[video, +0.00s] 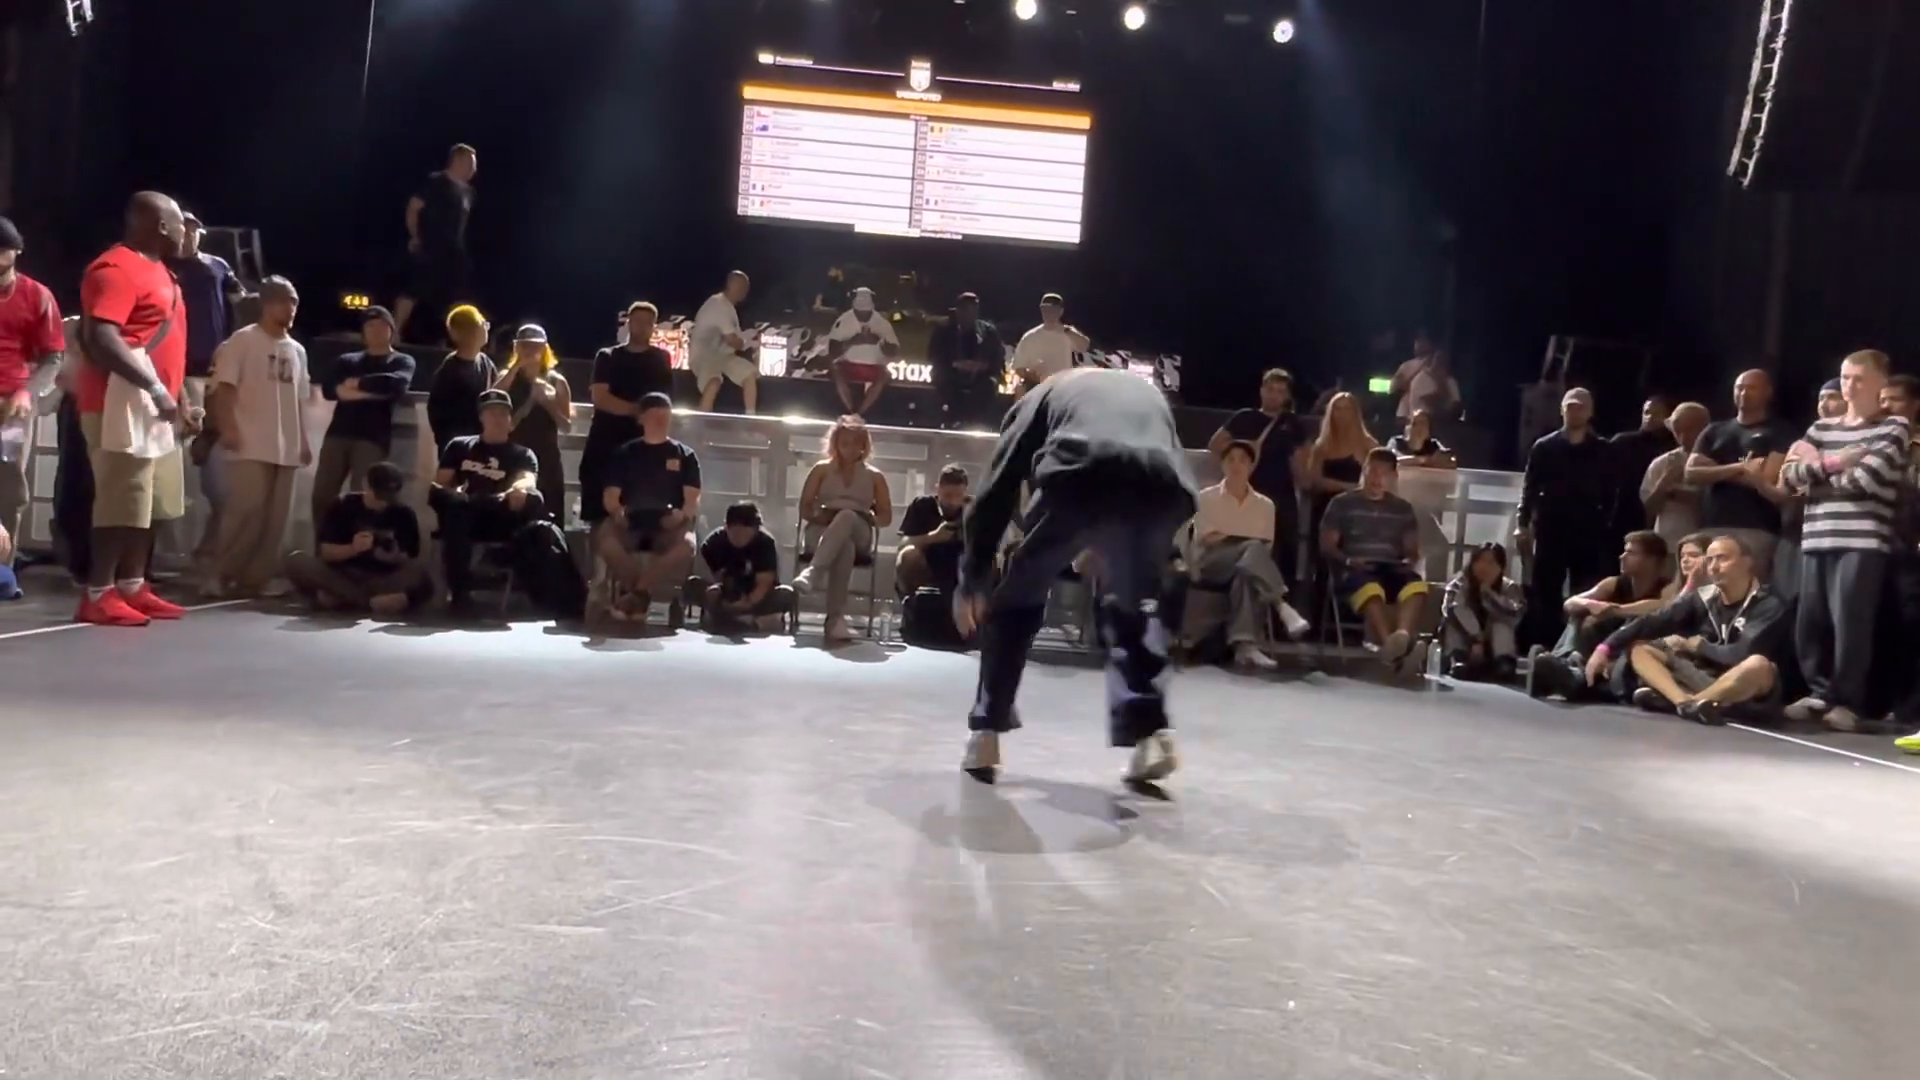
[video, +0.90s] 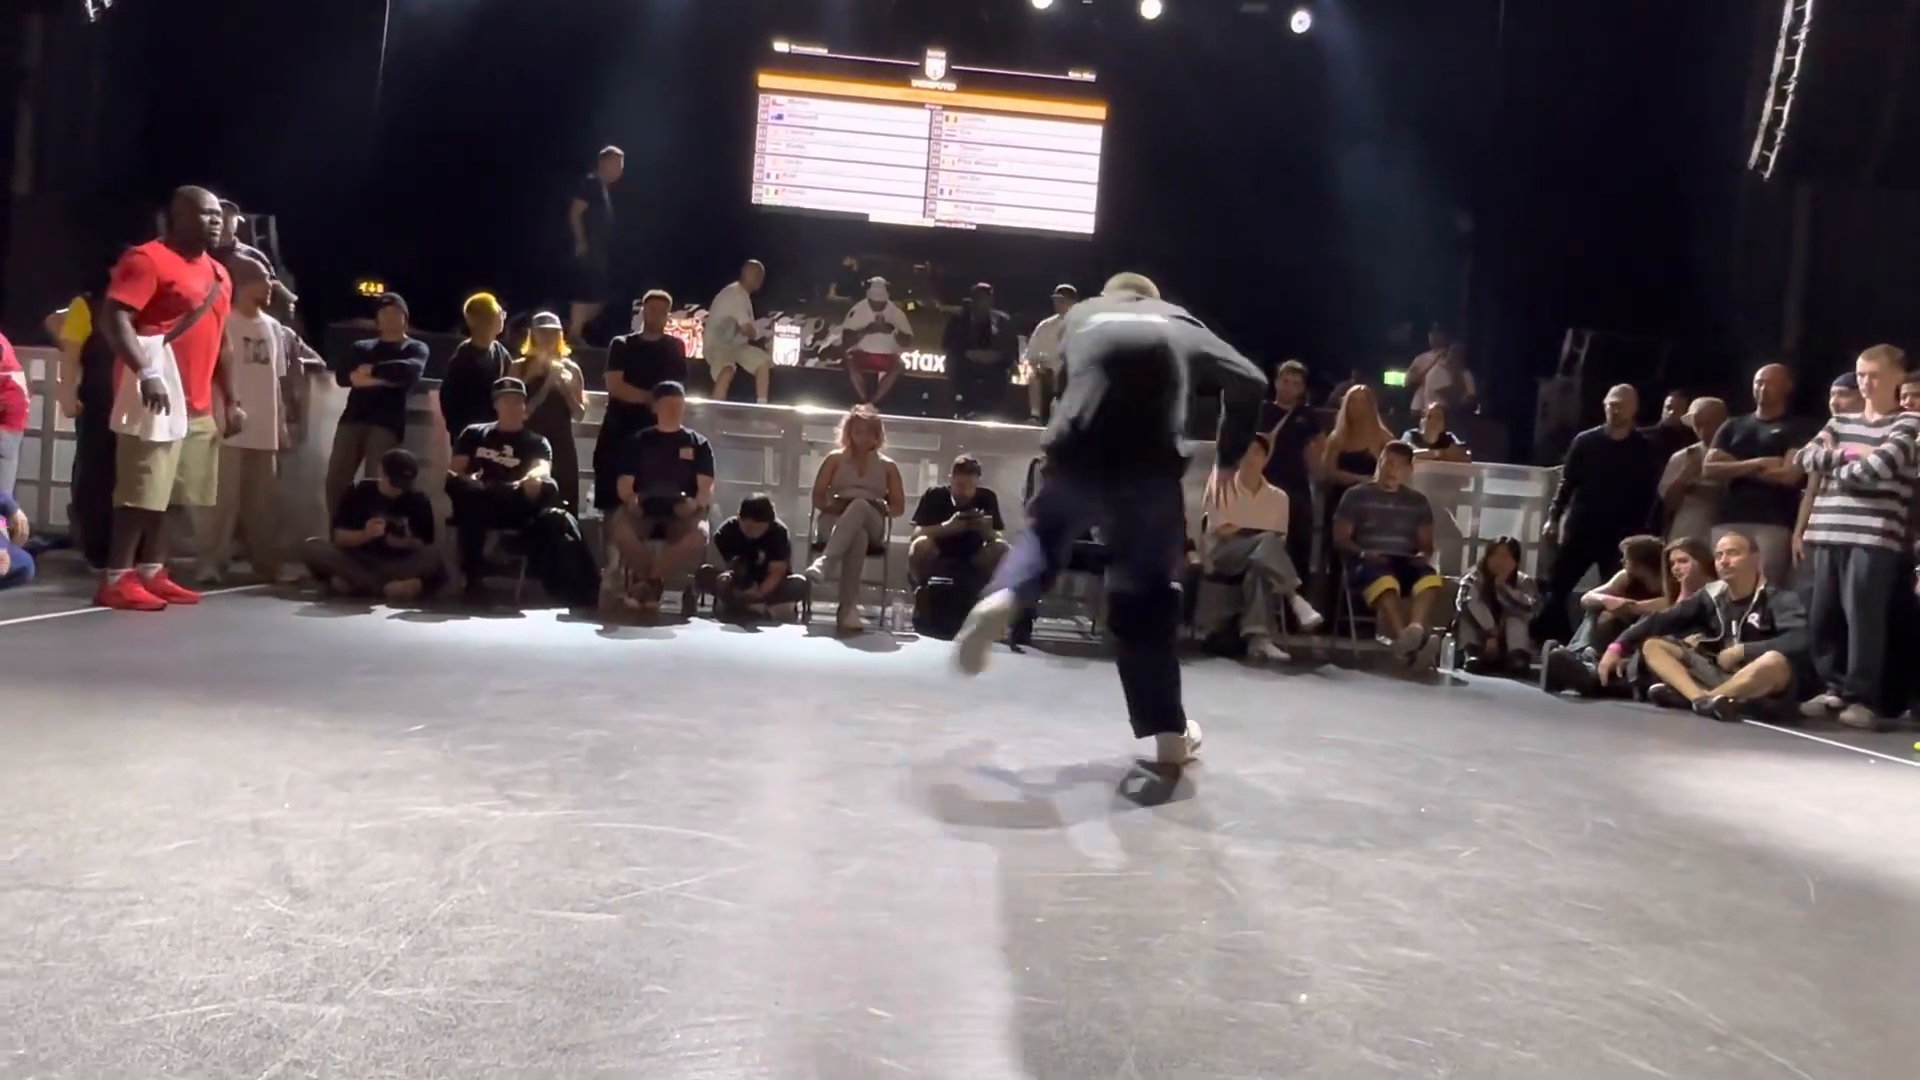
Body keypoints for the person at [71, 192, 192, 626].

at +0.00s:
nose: (182, 231)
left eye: (181, 224)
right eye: (176, 224)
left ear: (154, 226)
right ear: (155, 226)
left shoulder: (157, 271)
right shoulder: (115, 269)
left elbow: (160, 348)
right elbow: (100, 336)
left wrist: (180, 398)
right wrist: (153, 385)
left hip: (149, 402)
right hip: (116, 403)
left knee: (148, 496)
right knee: (119, 498)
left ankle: (132, 587)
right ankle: (98, 594)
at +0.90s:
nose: (216, 220)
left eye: (218, 214)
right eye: (206, 213)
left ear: (221, 223)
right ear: (177, 218)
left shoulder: (220, 275)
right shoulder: (147, 260)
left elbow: (218, 343)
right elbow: (112, 316)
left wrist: (229, 399)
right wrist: (145, 371)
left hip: (195, 408)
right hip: (150, 401)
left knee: (170, 496)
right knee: (139, 495)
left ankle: (152, 572)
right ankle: (116, 578)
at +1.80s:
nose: (179, 198)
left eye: (187, 192)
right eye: (173, 192)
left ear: (205, 201)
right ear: (161, 201)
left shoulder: (230, 256)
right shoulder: (141, 248)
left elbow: (241, 325)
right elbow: (113, 307)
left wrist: (254, 384)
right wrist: (135, 353)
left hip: (222, 396)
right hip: (166, 393)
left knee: (228, 474)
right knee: (157, 483)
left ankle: (181, 550)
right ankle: (151, 565)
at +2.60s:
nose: (213, 206)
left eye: (221, 198)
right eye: (213, 198)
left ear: (247, 204)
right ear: (213, 202)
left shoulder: (278, 259)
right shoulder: (196, 247)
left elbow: (295, 335)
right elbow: (177, 306)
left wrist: (283, 394)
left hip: (248, 397)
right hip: (189, 391)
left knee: (250, 487)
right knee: (173, 483)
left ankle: (243, 564)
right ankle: (161, 562)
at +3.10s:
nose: (209, 207)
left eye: (215, 199)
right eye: (209, 199)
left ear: (242, 202)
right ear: (236, 203)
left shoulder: (274, 258)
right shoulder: (211, 247)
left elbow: (288, 333)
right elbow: (190, 287)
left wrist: (277, 394)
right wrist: (128, 275)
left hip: (239, 393)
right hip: (189, 388)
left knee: (246, 483)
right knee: (177, 476)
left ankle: (242, 566)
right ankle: (180, 559)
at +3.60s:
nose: (175, 211)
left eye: (182, 202)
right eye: (171, 204)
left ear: (206, 200)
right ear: (169, 208)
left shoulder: (239, 252)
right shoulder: (167, 252)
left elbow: (263, 323)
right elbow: (131, 278)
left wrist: (253, 384)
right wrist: (94, 260)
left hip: (223, 390)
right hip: (170, 389)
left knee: (236, 481)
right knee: (171, 480)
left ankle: (239, 565)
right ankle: (178, 562)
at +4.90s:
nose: (190, 212)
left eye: (199, 204)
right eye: (188, 205)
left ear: (226, 207)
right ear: (186, 211)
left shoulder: (254, 263)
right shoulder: (169, 254)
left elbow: (270, 330)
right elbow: (128, 288)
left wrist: (265, 387)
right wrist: (96, 253)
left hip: (223, 393)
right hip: (161, 388)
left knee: (230, 485)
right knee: (145, 480)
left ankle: (224, 565)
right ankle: (137, 560)